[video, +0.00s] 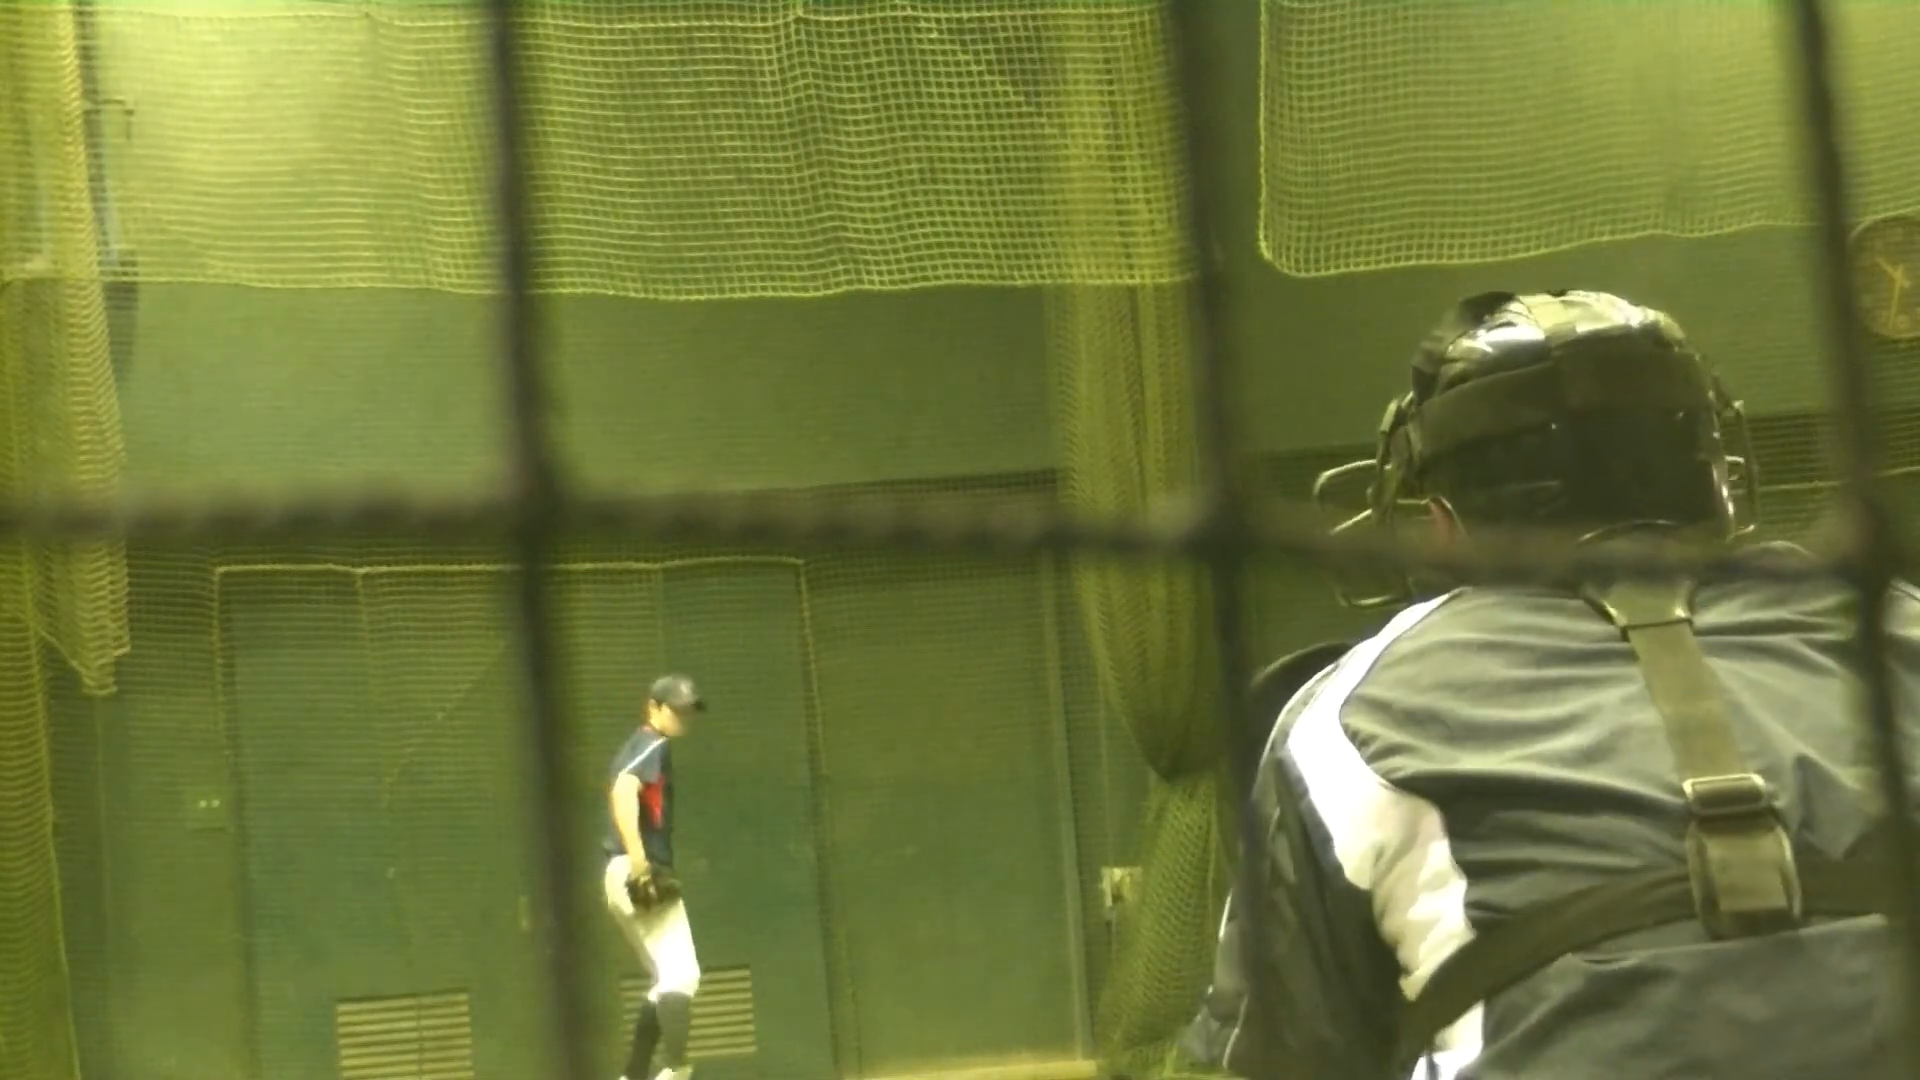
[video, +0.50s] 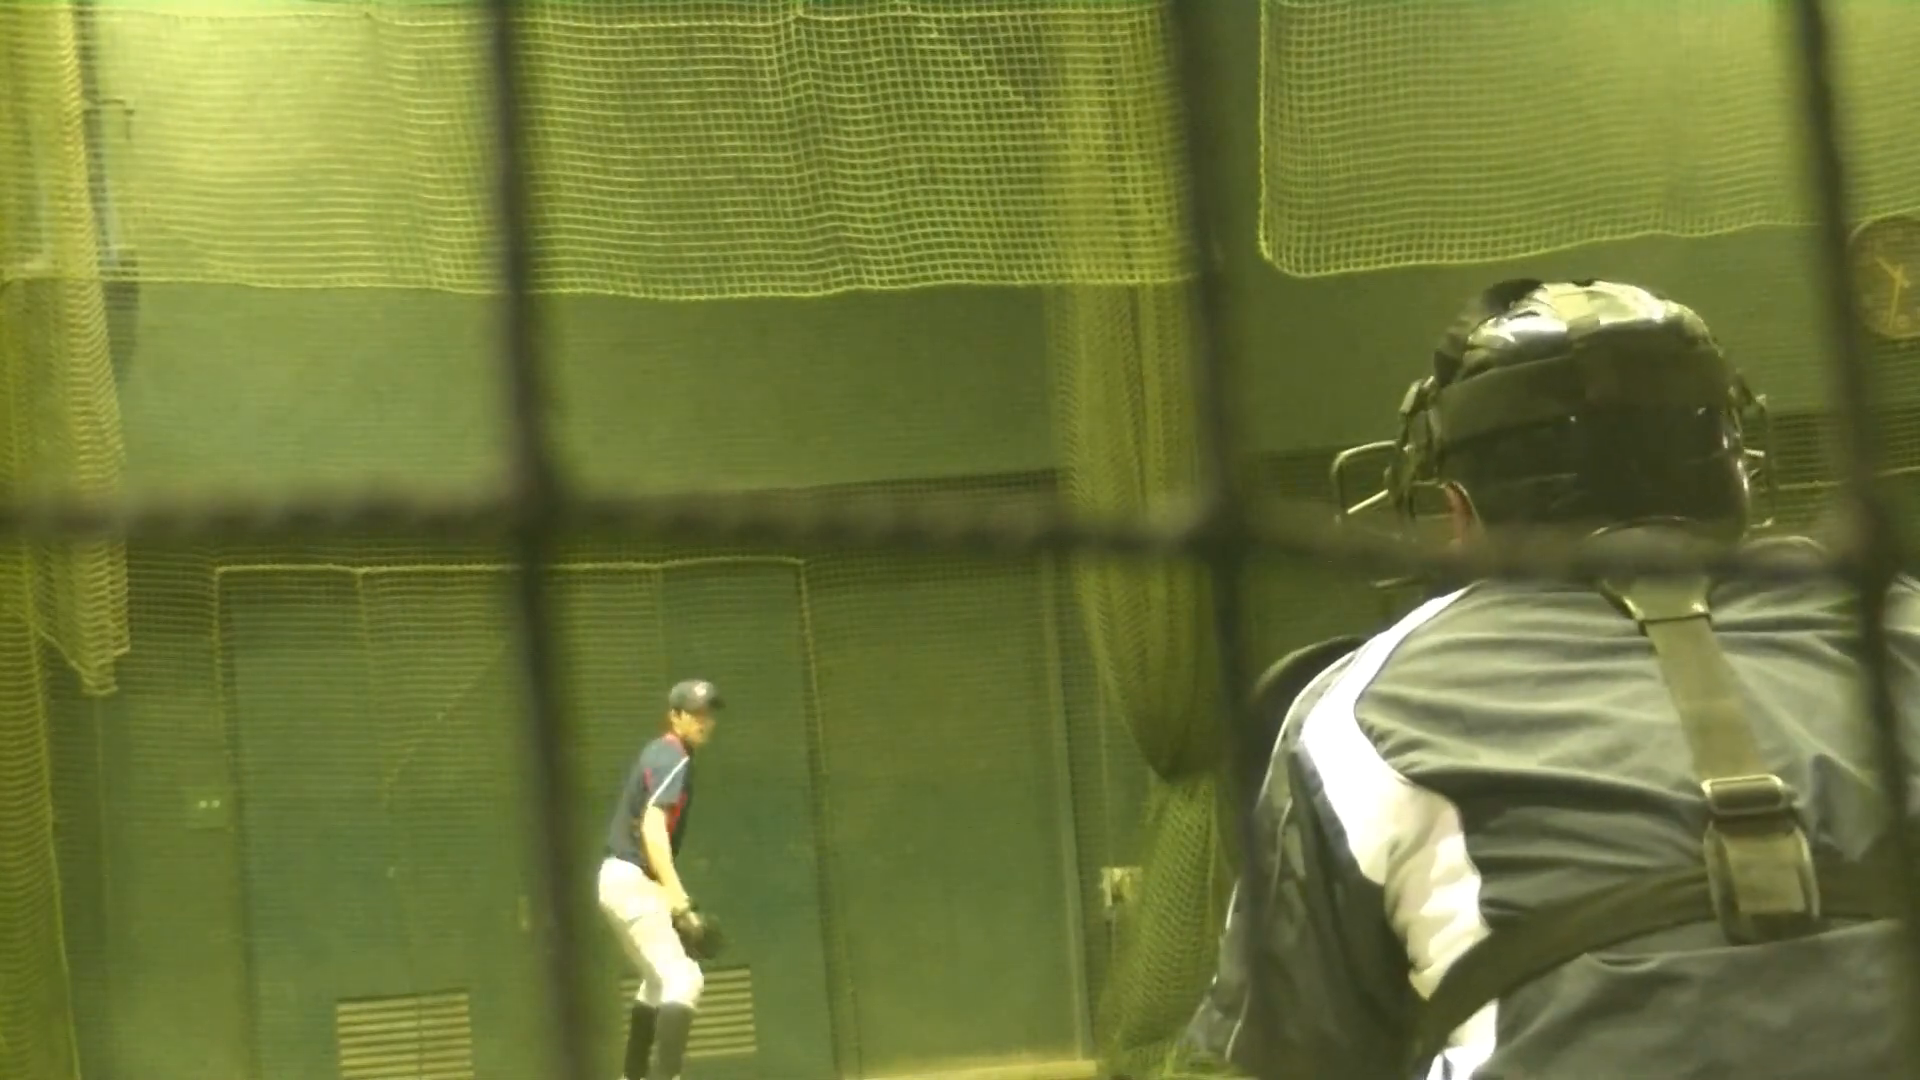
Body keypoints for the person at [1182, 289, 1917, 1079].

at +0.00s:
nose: (1404, 544)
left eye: (1406, 520)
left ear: (1442, 533)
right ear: (1719, 490)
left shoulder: (1335, 722)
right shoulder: (1894, 621)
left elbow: (1284, 1052)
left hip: (1575, 1024)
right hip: (1890, 1009)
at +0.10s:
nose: (1404, 546)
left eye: (1408, 523)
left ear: (1442, 534)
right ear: (1723, 499)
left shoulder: (1336, 721)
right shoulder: (1886, 623)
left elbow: (1285, 1051)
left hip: (1572, 1028)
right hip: (1883, 1016)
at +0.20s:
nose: (1413, 541)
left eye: (1417, 519)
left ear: (1450, 531)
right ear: (1726, 494)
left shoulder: (1340, 719)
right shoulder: (1887, 626)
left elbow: (1282, 1049)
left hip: (1581, 1027)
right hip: (1883, 1017)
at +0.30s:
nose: (1415, 537)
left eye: (1418, 516)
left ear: (1454, 523)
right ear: (1731, 486)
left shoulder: (1344, 713)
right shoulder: (1889, 624)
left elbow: (1286, 1048)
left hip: (1584, 1025)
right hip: (1886, 1015)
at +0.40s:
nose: (1417, 535)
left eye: (1420, 514)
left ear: (1458, 520)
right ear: (1734, 486)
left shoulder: (1346, 712)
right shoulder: (1891, 622)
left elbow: (1292, 1049)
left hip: (1589, 1024)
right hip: (1885, 1016)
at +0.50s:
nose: (1415, 544)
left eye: (1420, 518)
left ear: (1461, 523)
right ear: (1735, 487)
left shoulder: (1347, 713)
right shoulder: (1891, 622)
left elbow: (1294, 1049)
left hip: (1588, 1022)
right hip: (1884, 1016)